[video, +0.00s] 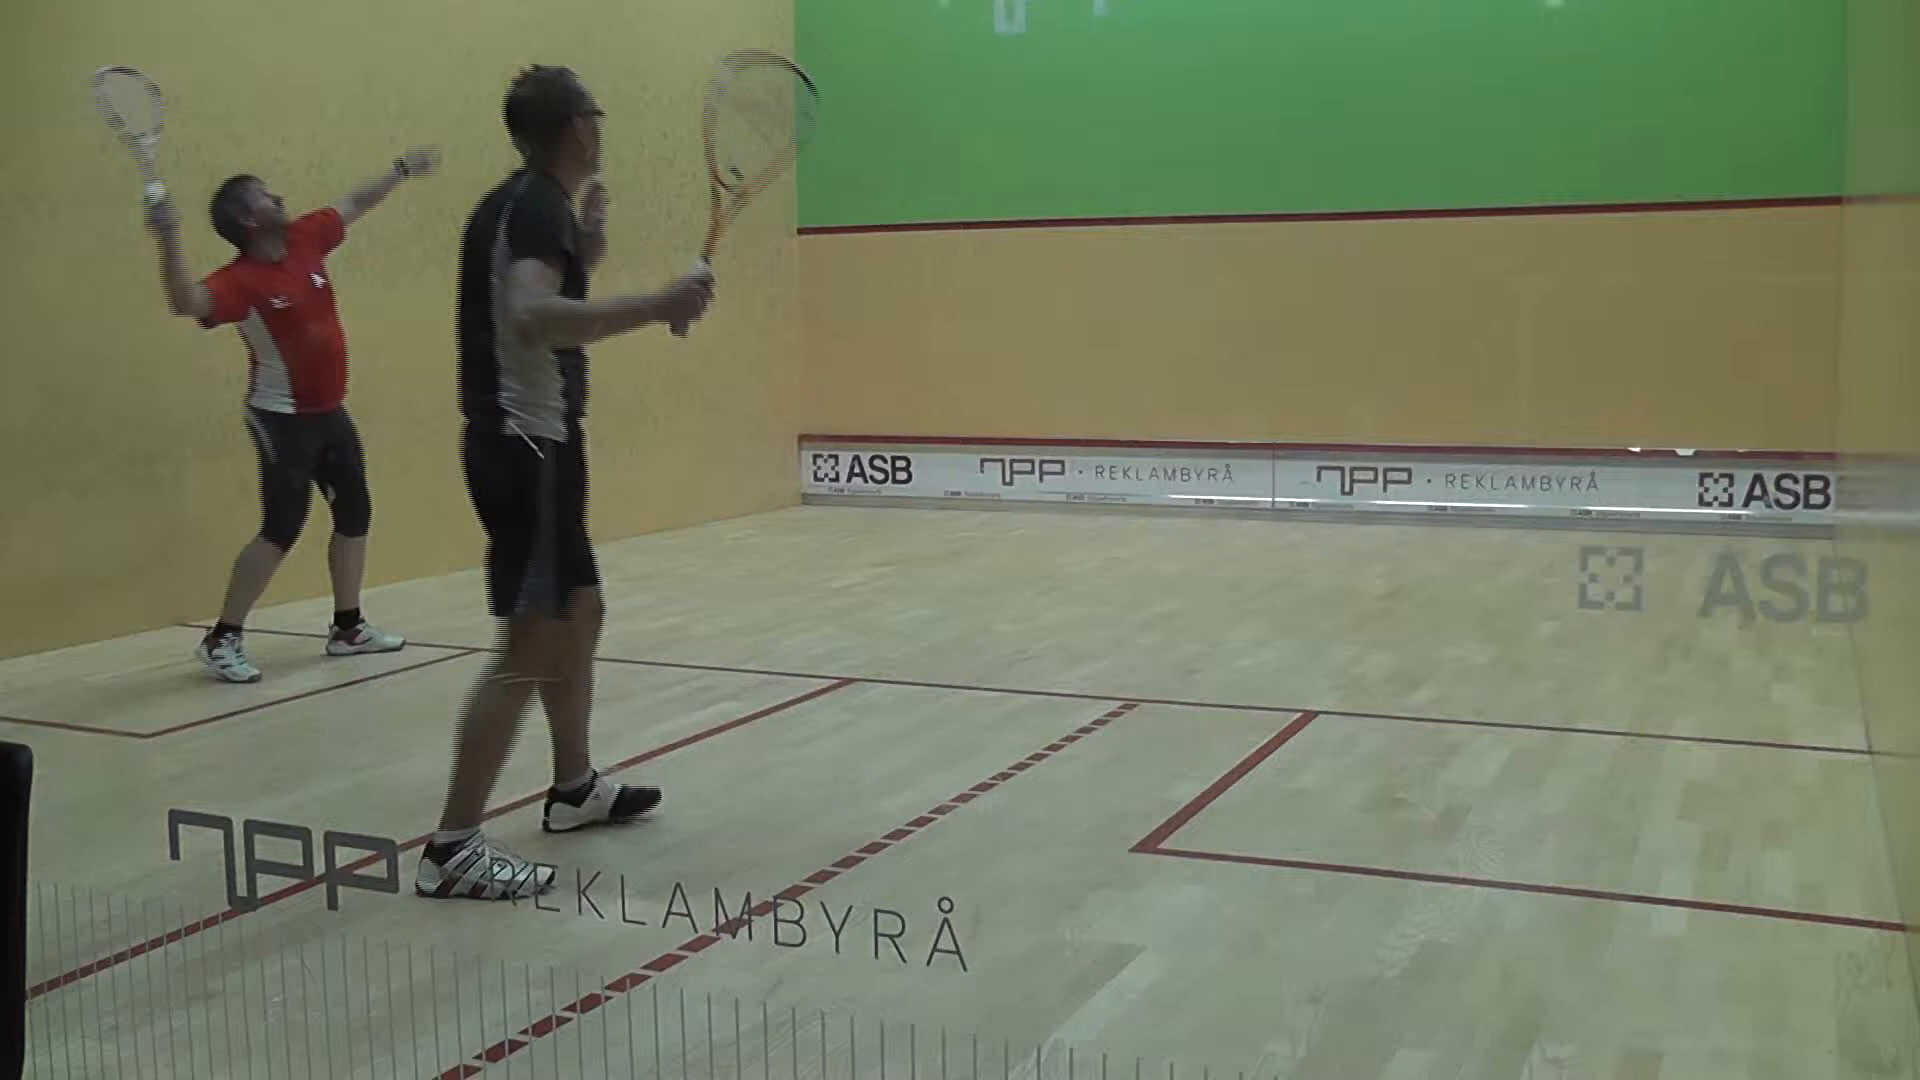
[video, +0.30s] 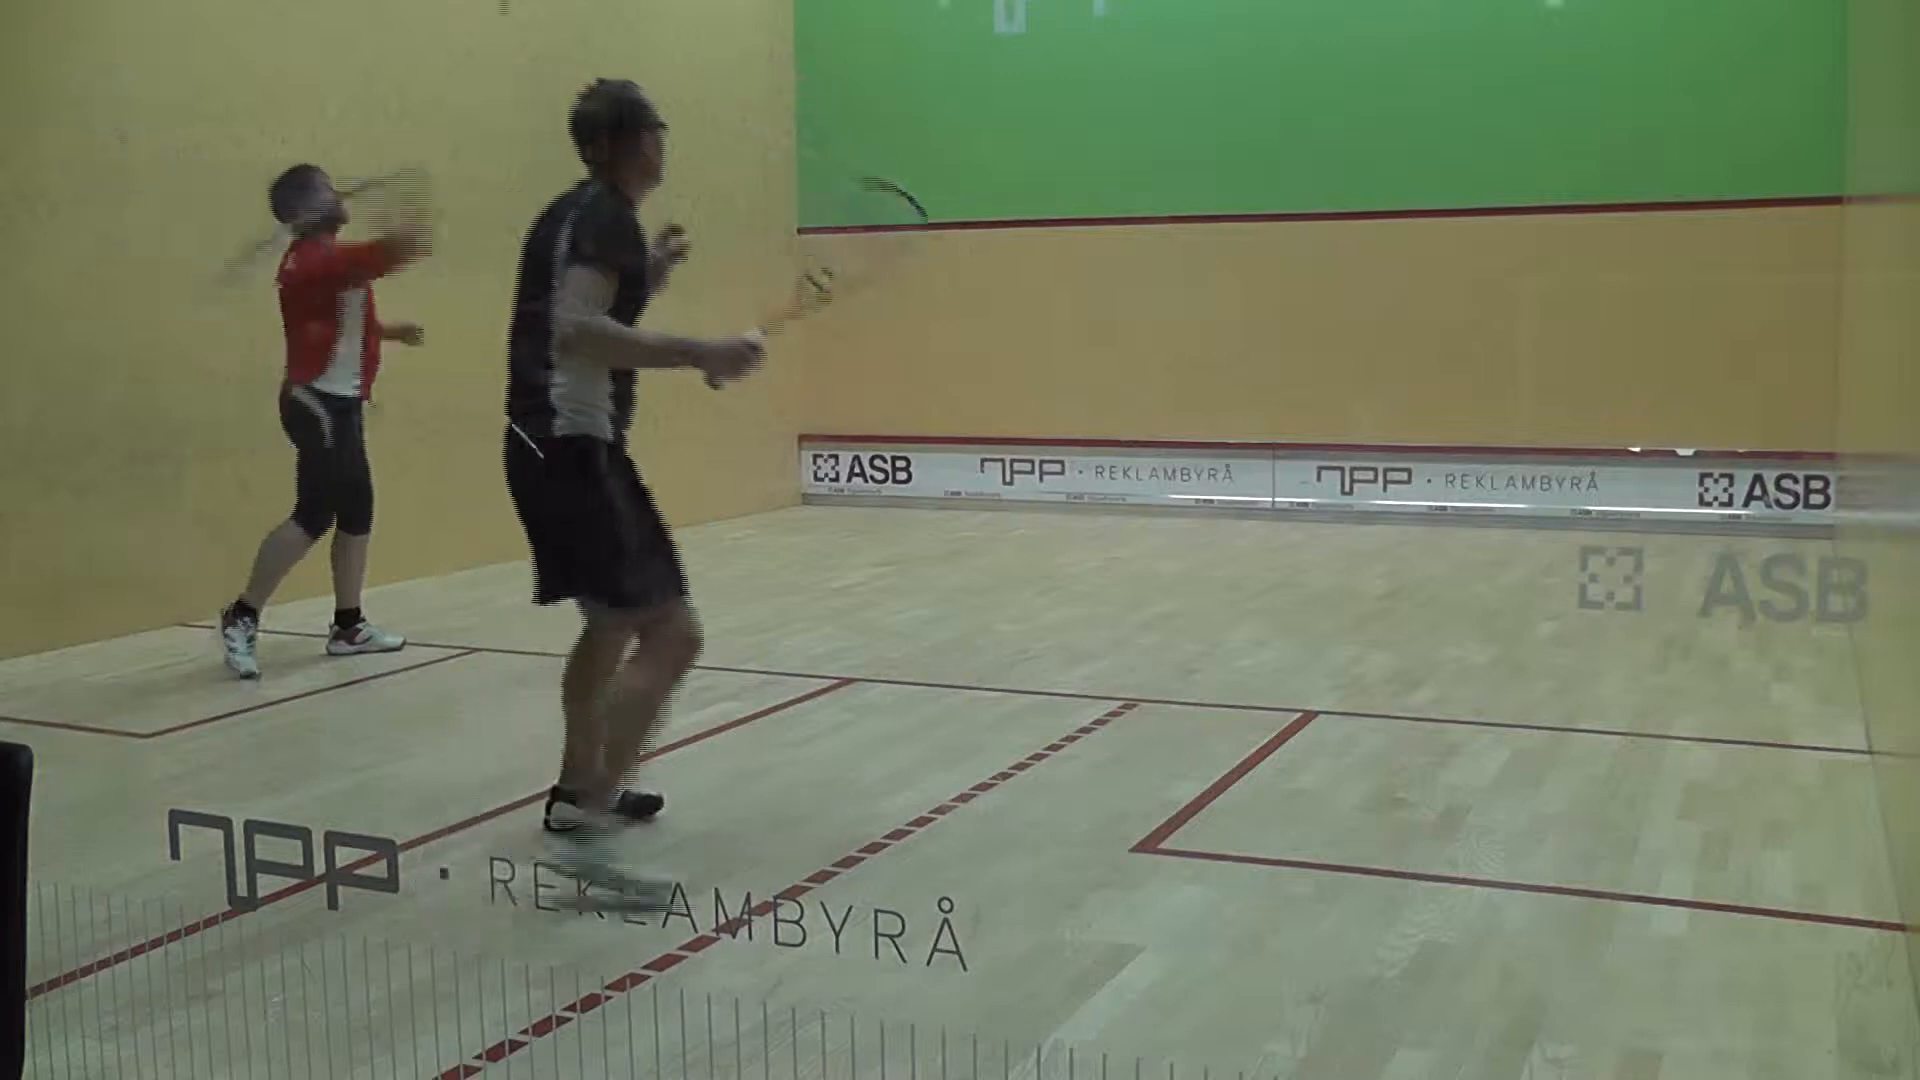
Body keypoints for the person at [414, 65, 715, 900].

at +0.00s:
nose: (600, 132)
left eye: (595, 120)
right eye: (594, 120)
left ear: (530, 135)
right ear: (574, 130)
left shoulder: (509, 206)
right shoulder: (536, 203)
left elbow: (535, 321)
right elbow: (529, 317)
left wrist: (583, 256)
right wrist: (658, 307)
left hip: (531, 445)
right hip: (526, 449)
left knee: (579, 605)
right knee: (532, 644)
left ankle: (574, 788)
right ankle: (453, 844)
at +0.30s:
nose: (663, 149)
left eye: (659, 135)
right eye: (652, 135)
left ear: (597, 147)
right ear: (619, 145)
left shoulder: (569, 219)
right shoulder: (601, 217)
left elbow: (587, 341)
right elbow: (576, 331)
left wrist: (642, 279)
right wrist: (698, 353)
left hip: (552, 448)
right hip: (579, 450)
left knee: (609, 622)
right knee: (671, 636)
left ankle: (583, 786)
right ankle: (589, 803)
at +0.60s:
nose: (751, 155)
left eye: (746, 141)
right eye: (744, 142)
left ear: (675, 151)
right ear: (723, 152)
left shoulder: (627, 228)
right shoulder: (701, 229)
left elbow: (630, 357)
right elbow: (698, 354)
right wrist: (833, 392)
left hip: (601, 470)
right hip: (667, 474)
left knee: (634, 628)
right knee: (768, 667)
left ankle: (582, 798)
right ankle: (739, 883)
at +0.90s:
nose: (824, 150)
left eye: (819, 135)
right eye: (815, 136)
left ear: (752, 148)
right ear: (785, 147)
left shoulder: (714, 221)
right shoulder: (736, 227)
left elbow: (688, 364)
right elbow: (708, 362)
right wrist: (852, 406)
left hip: (643, 478)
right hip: (684, 481)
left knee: (704, 653)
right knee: (831, 659)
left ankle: (560, 797)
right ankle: (802, 881)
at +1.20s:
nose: (761, 127)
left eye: (759, 110)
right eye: (743, 111)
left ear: (725, 123)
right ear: (688, 123)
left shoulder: (731, 232)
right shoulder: (602, 204)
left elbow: (775, 346)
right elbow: (477, 309)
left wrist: (849, 390)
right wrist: (554, 354)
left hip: (653, 466)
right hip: (578, 468)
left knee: (696, 667)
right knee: (692, 661)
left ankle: (602, 857)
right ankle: (726, 895)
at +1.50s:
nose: (617, 193)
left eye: (619, 174)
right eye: (597, 175)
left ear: (616, 177)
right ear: (542, 179)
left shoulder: (634, 271)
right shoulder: (466, 257)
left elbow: (735, 382)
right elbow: (331, 277)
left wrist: (761, 479)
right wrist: (268, 267)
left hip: (596, 534)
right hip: (488, 542)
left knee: (662, 742)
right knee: (486, 750)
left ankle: (599, 869)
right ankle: (446, 1002)